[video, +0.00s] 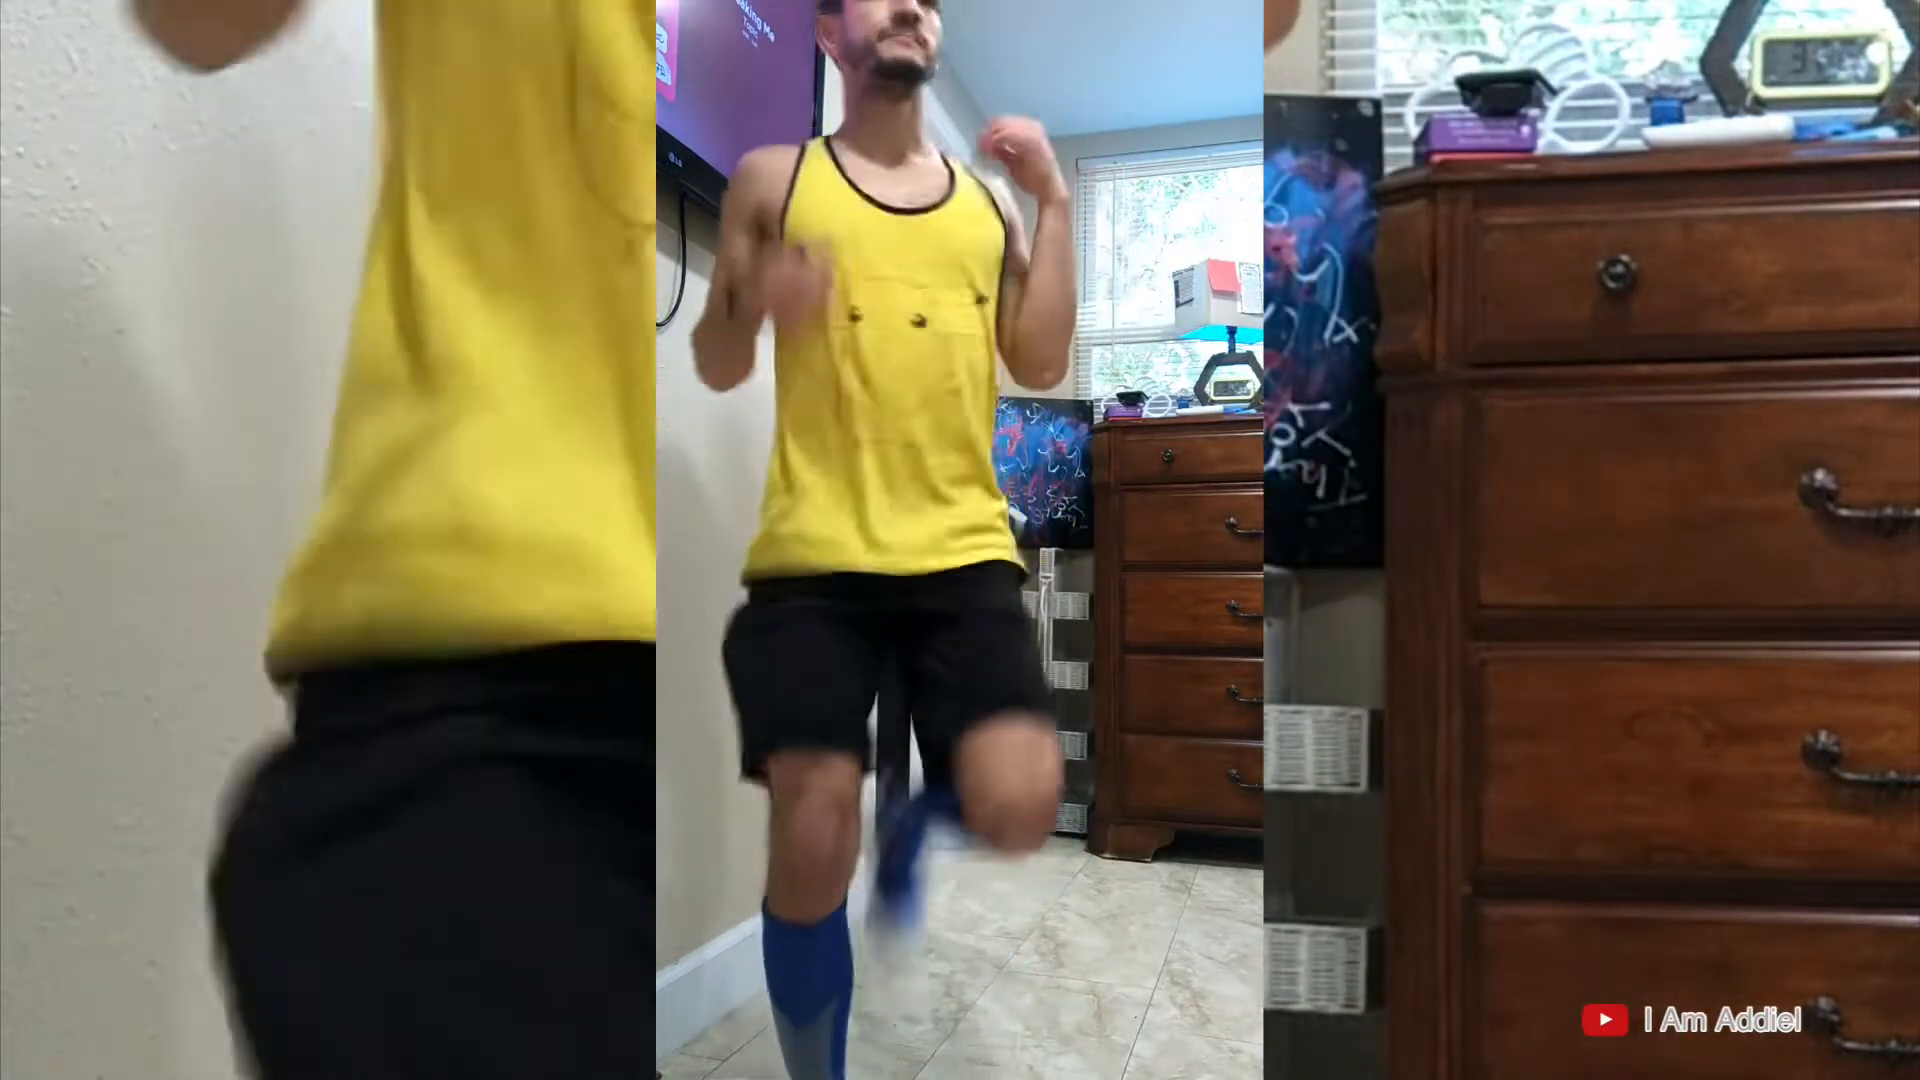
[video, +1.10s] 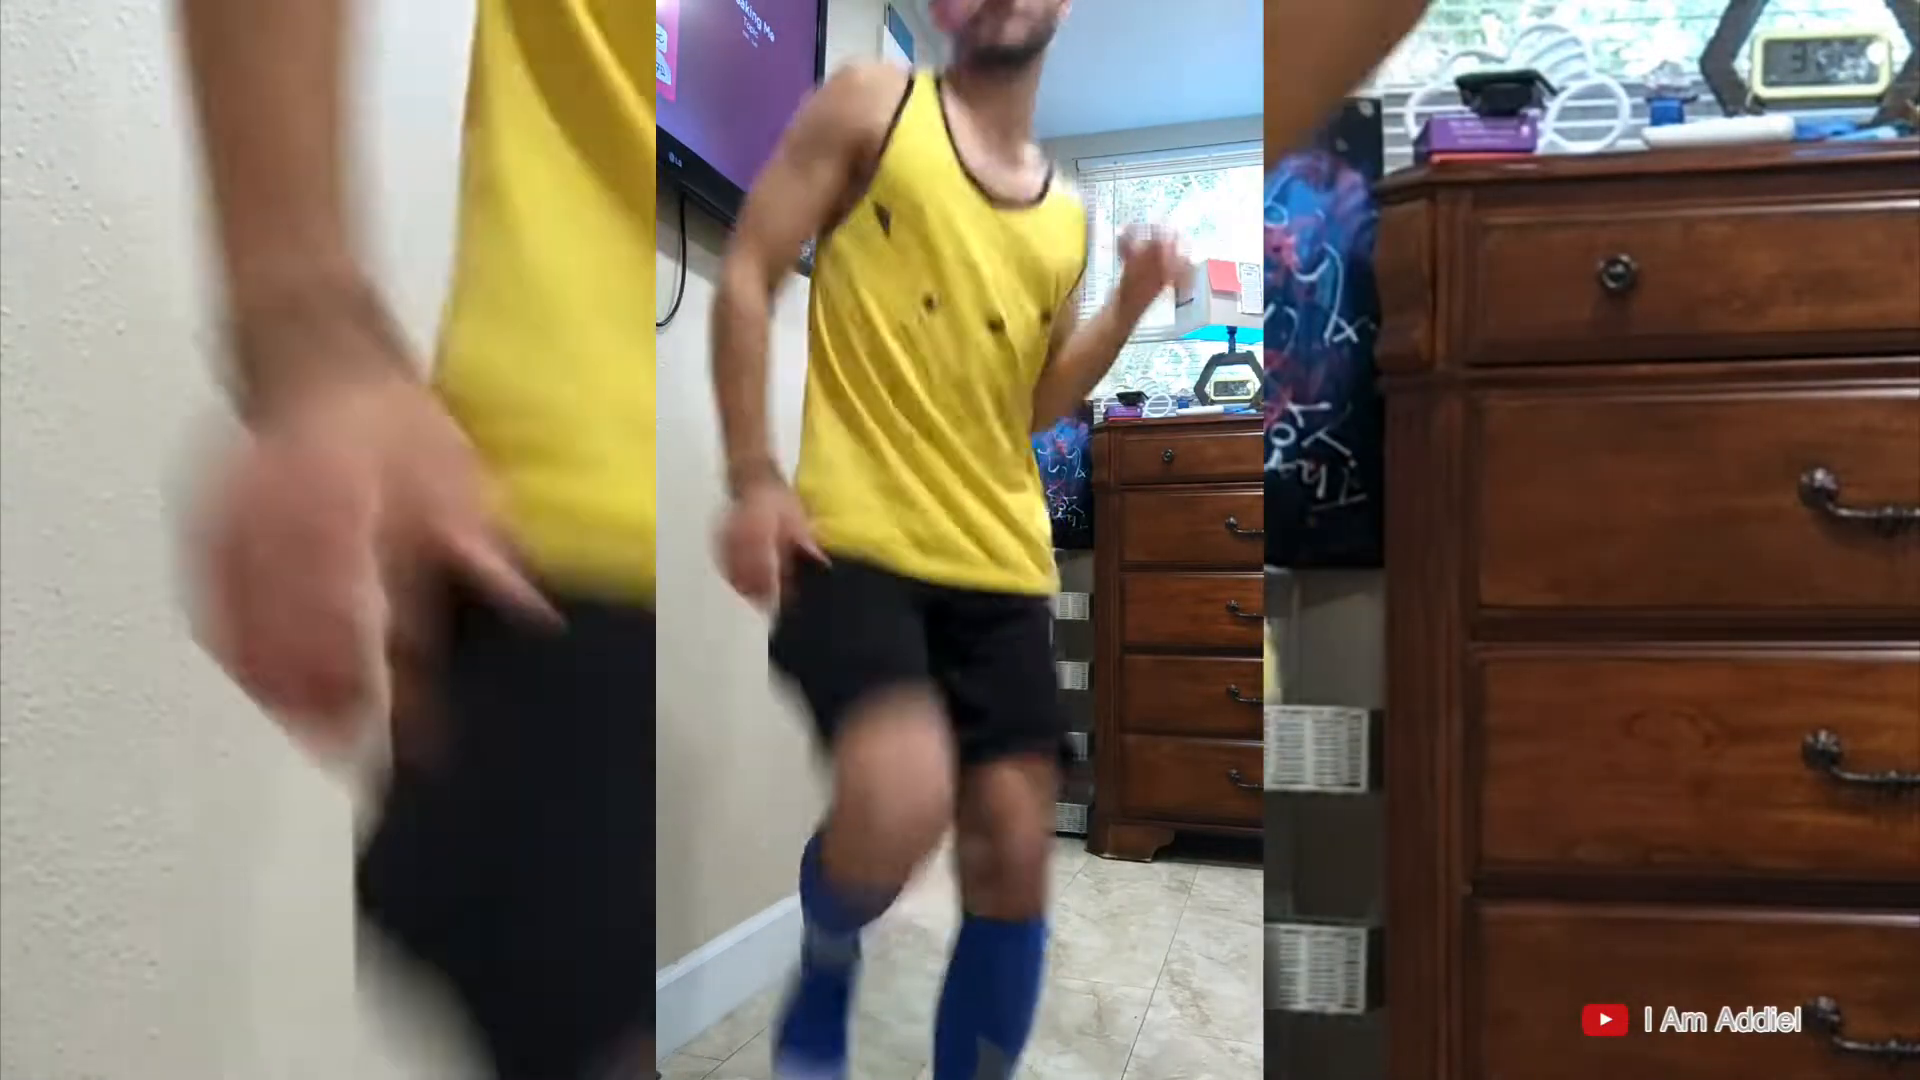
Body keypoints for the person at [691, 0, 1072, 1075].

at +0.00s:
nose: (906, 12)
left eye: (921, 5)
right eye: (879, 2)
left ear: (939, 41)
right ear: (831, 33)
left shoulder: (980, 200)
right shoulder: (774, 177)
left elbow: (1039, 363)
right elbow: (718, 368)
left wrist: (1052, 204)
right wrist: (750, 282)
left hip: (964, 548)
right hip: (814, 551)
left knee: (1022, 809)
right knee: (816, 826)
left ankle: (910, 818)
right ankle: (817, 1074)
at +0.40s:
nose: (875, 20)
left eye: (892, 5)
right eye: (847, 5)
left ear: (915, 30)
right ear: (805, 36)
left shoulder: (986, 161)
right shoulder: (780, 203)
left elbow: (1084, 299)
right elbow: (736, 351)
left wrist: (1066, 371)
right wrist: (801, 194)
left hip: (970, 507)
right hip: (837, 534)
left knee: (954, 766)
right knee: (837, 855)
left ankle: (971, 845)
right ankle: (921, 1037)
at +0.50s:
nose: (881, 65)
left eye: (898, 42)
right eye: (855, 45)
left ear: (926, 62)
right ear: (822, 72)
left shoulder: (1000, 198)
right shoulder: (791, 222)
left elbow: (1047, 349)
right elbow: (759, 350)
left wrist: (1070, 459)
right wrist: (831, 196)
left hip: (969, 539)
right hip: (825, 557)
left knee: (939, 818)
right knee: (834, 864)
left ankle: (1002, 929)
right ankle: (927, 1043)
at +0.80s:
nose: (933, 5)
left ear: (989, 38)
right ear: (872, 39)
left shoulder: (1035, 175)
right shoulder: (826, 123)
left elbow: (1026, 307)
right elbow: (790, 187)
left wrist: (1061, 309)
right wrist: (1010, 224)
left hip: (971, 558)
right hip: (828, 566)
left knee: (960, 825)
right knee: (850, 892)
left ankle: (970, 1070)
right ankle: (926, 1046)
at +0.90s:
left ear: (1009, 20)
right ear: (894, 16)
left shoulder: (1040, 177)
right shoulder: (849, 100)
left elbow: (1054, 340)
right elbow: (845, 235)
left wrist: (1048, 375)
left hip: (995, 565)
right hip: (844, 563)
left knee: (990, 853)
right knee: (841, 905)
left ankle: (973, 1063)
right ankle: (899, 1009)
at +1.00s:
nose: (981, 17)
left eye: (1006, 1)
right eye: (954, 1)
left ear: (1038, 29)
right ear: (914, 28)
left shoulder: (1038, 231)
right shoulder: (861, 128)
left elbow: (1025, 412)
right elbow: (794, 305)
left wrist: (1096, 363)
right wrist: (850, 511)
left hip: (1007, 583)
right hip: (861, 576)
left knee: (1032, 871)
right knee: (860, 910)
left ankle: (979, 1072)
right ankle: (829, 972)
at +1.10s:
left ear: (1061, 9)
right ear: (938, 6)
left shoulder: (1066, 216)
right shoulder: (875, 97)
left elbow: (1040, 405)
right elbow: (747, 269)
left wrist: (1134, 298)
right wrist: (753, 476)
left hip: (1000, 555)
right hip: (853, 528)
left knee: (1015, 844)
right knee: (904, 793)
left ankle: (973, 1071)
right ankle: (822, 994)